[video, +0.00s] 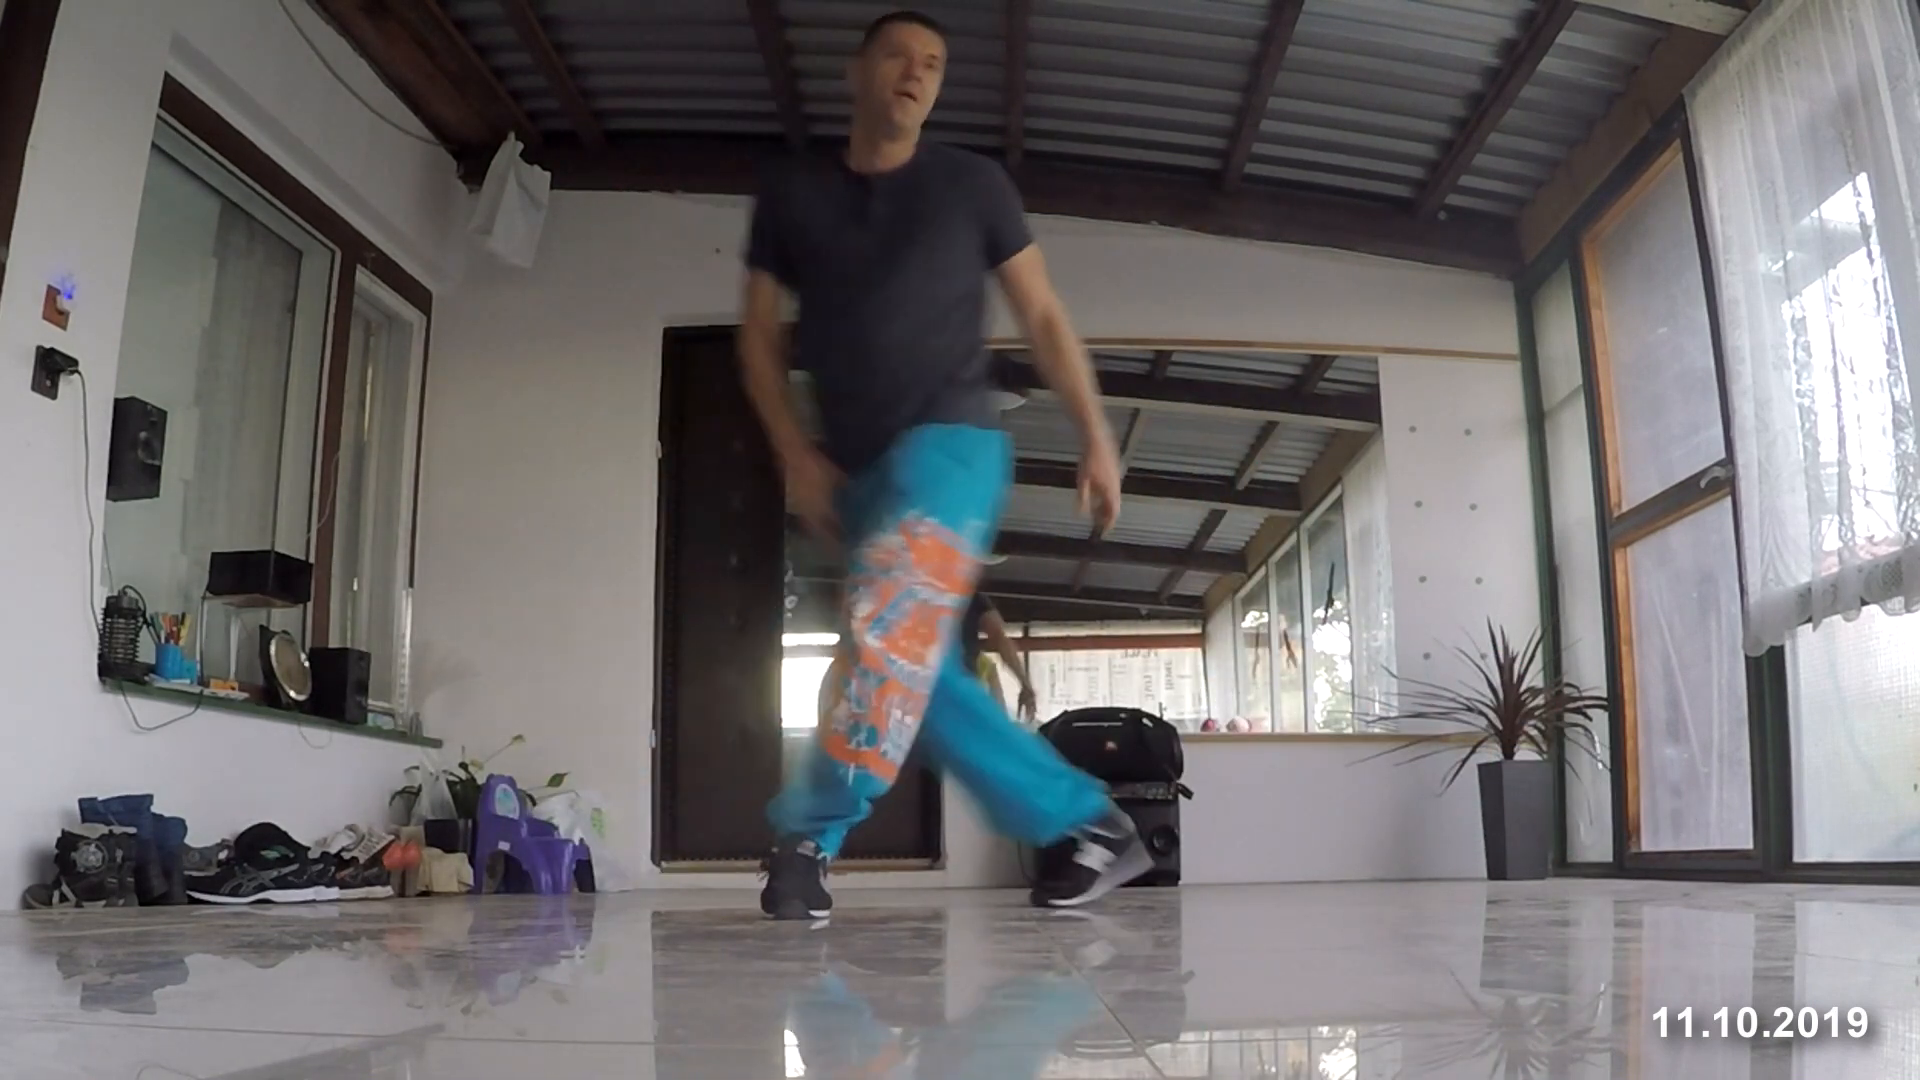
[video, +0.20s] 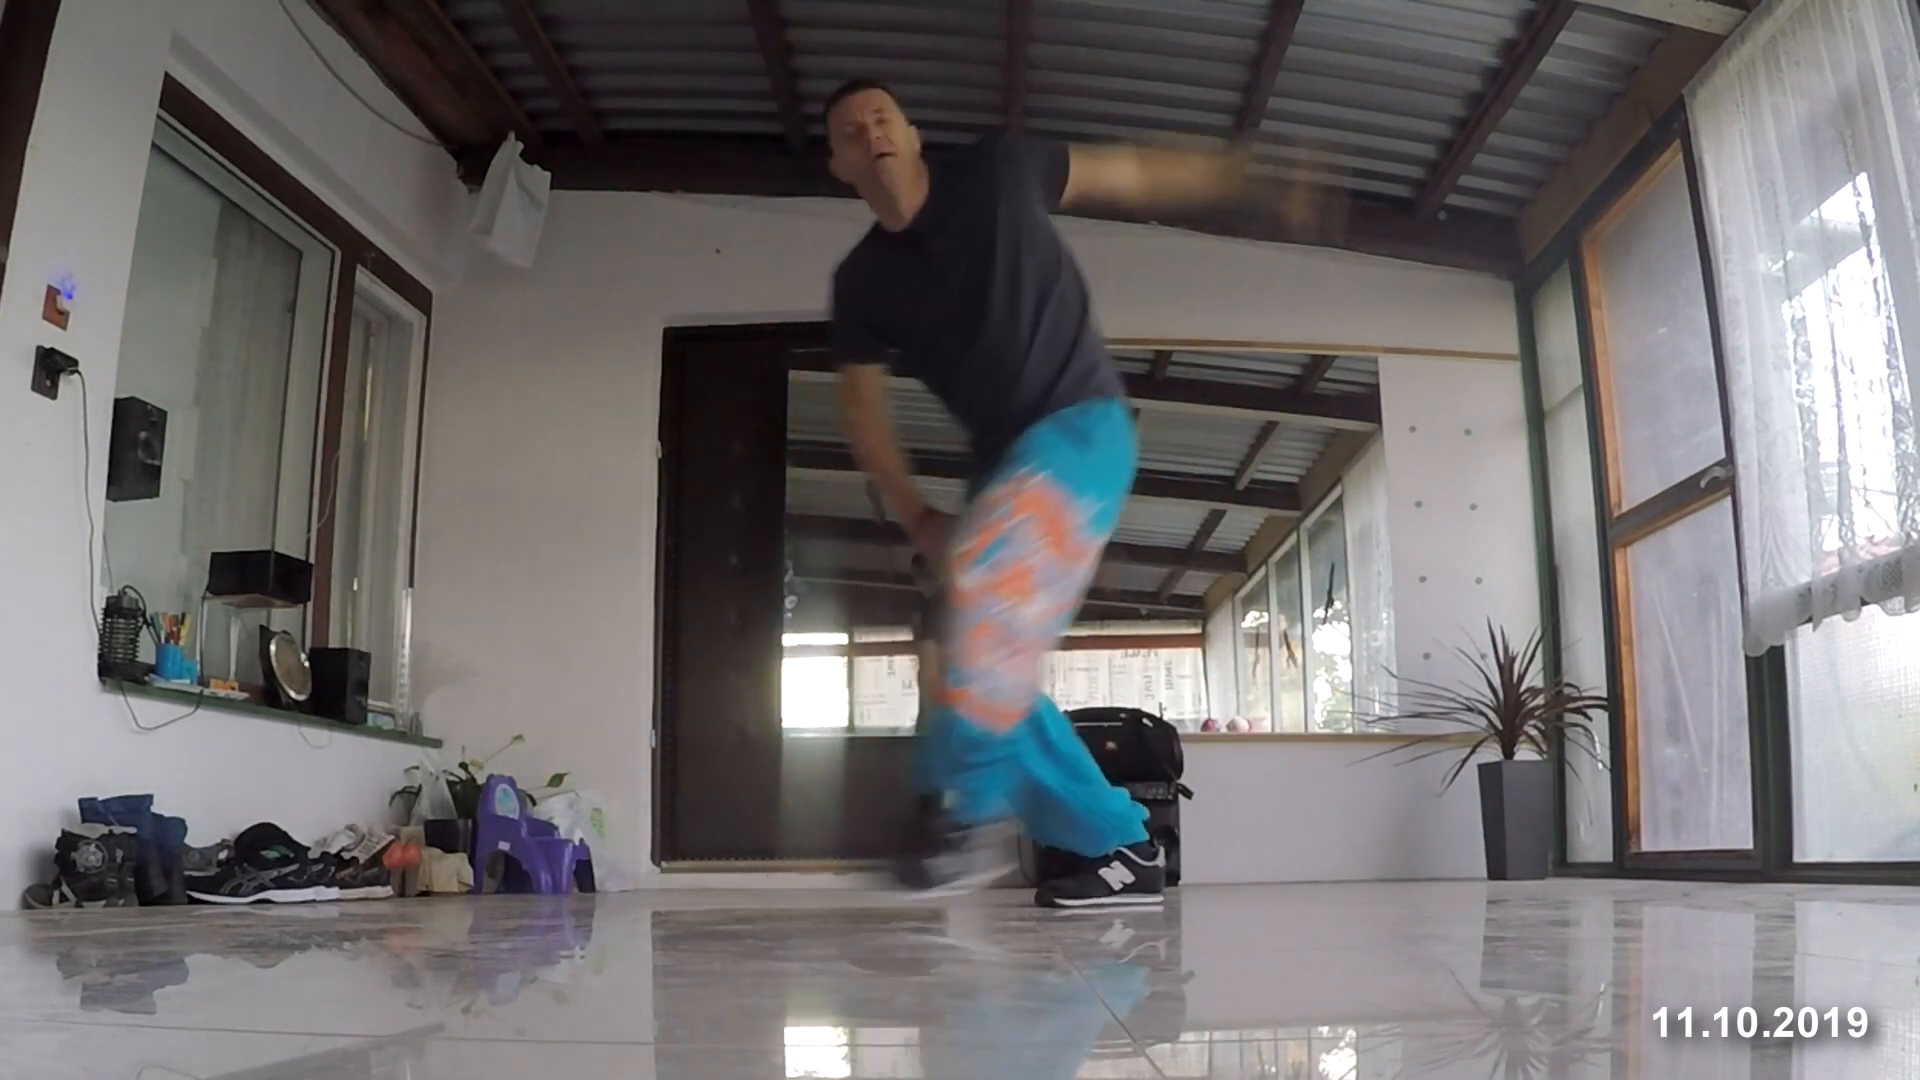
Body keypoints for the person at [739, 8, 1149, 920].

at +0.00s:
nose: (916, 76)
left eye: (931, 69)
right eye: (900, 59)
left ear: (941, 94)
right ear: (854, 74)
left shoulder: (973, 185)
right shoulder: (796, 191)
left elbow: (1044, 317)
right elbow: (758, 339)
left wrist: (1097, 437)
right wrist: (794, 453)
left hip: (952, 437)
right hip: (855, 458)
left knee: (886, 630)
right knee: (911, 658)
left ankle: (805, 841)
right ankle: (1082, 824)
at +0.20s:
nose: (874, 129)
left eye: (885, 115)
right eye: (853, 126)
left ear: (915, 134)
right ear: (837, 166)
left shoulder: (1001, 169)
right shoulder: (862, 282)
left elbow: (1140, 172)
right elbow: (865, 419)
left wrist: (1262, 171)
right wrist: (916, 519)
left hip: (1082, 423)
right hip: (1001, 462)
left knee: (981, 590)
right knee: (971, 652)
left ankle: (973, 817)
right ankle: (1113, 846)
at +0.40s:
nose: (905, 85)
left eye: (914, 64)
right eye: (886, 79)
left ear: (951, 62)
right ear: (878, 100)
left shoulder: (1026, 105)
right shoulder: (901, 218)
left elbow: (1154, 69)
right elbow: (944, 350)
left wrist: (1106, 1)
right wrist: (1001, 446)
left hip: (1130, 333)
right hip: (1059, 401)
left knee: (1175, 465)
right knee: (1096, 603)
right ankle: (1171, 805)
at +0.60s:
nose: (911, 176)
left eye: (915, 151)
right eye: (891, 173)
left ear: (949, 134)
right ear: (885, 191)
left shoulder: (1033, 179)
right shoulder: (931, 299)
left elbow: (1170, 249)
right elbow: (955, 447)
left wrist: (1106, 309)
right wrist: (982, 580)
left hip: (1214, 385)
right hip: (1138, 459)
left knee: (1308, 543)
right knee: (1239, 640)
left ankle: (1393, 744)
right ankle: (1355, 815)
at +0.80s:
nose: (877, 479)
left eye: (863, 460)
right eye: (859, 493)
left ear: (880, 428)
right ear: (868, 517)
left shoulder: (961, 377)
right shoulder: (958, 574)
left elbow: (997, 266)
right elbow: (923, 720)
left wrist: (1017, 182)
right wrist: (872, 861)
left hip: (1249, 433)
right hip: (1205, 542)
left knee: (1416, 543)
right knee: (1263, 703)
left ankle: (1554, 630)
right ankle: (1380, 847)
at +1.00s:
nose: (861, 538)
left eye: (840, 525)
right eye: (847, 562)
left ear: (838, 494)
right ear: (857, 588)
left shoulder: (879, 445)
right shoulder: (936, 607)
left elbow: (828, 328)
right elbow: (927, 748)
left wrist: (785, 208)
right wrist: (894, 888)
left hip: (1134, 393)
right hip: (1169, 495)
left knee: (1205, 297)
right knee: (1315, 584)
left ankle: (1275, 219)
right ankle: (1435, 615)